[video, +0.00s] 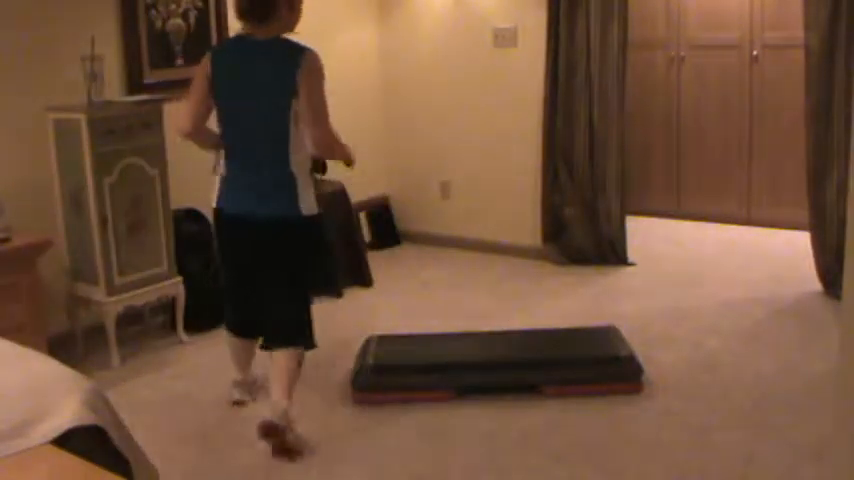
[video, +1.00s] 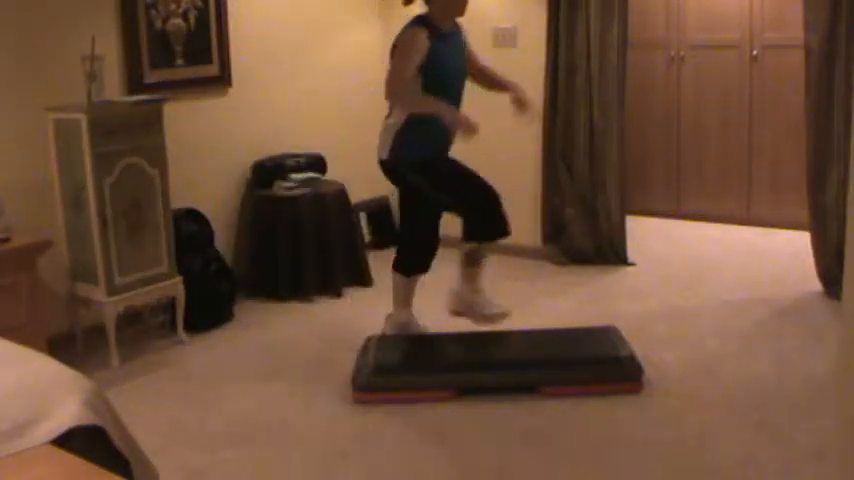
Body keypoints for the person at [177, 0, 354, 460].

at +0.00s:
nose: (299, 11)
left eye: (297, 5)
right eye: (296, 5)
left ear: (243, 9)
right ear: (287, 8)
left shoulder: (216, 59)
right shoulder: (302, 58)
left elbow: (189, 127)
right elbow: (320, 139)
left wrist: (225, 144)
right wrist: (341, 152)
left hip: (235, 209)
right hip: (288, 209)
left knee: (242, 300)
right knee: (290, 308)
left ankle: (242, 382)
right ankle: (280, 409)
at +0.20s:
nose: (323, 6)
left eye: (323, 1)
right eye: (321, 1)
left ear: (281, 2)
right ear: (307, 3)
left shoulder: (250, 38)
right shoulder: (308, 45)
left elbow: (224, 97)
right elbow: (310, 118)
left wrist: (261, 115)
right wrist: (330, 174)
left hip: (244, 181)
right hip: (292, 184)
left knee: (249, 278)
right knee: (317, 270)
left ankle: (244, 377)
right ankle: (287, 349)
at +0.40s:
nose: (363, 12)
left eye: (361, 5)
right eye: (357, 5)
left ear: (319, 9)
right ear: (335, 9)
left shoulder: (298, 49)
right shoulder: (334, 58)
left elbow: (277, 99)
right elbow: (320, 125)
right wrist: (318, 184)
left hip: (282, 183)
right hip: (324, 190)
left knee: (286, 272)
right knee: (336, 267)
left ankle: (251, 347)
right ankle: (327, 342)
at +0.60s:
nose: (397, 6)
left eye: (397, 1)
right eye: (393, 0)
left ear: (363, 2)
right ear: (374, 1)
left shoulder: (345, 33)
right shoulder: (358, 39)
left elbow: (317, 90)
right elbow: (336, 102)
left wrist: (349, 138)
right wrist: (341, 166)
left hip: (342, 167)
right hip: (349, 172)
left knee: (353, 245)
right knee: (348, 251)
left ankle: (336, 321)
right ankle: (330, 334)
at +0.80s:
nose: (433, 9)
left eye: (431, 3)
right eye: (426, 3)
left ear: (404, 9)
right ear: (402, 7)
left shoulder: (403, 50)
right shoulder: (387, 51)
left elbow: (388, 112)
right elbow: (359, 108)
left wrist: (406, 165)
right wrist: (380, 163)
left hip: (399, 172)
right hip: (381, 174)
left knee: (411, 250)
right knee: (406, 253)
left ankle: (399, 324)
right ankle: (347, 318)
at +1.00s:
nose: (464, 5)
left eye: (465, 0)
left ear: (453, 4)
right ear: (437, 1)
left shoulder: (454, 33)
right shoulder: (415, 36)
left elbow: (476, 71)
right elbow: (396, 92)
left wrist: (511, 87)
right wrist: (445, 112)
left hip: (431, 154)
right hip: (404, 155)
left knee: (417, 237)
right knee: (482, 201)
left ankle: (400, 317)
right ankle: (468, 294)